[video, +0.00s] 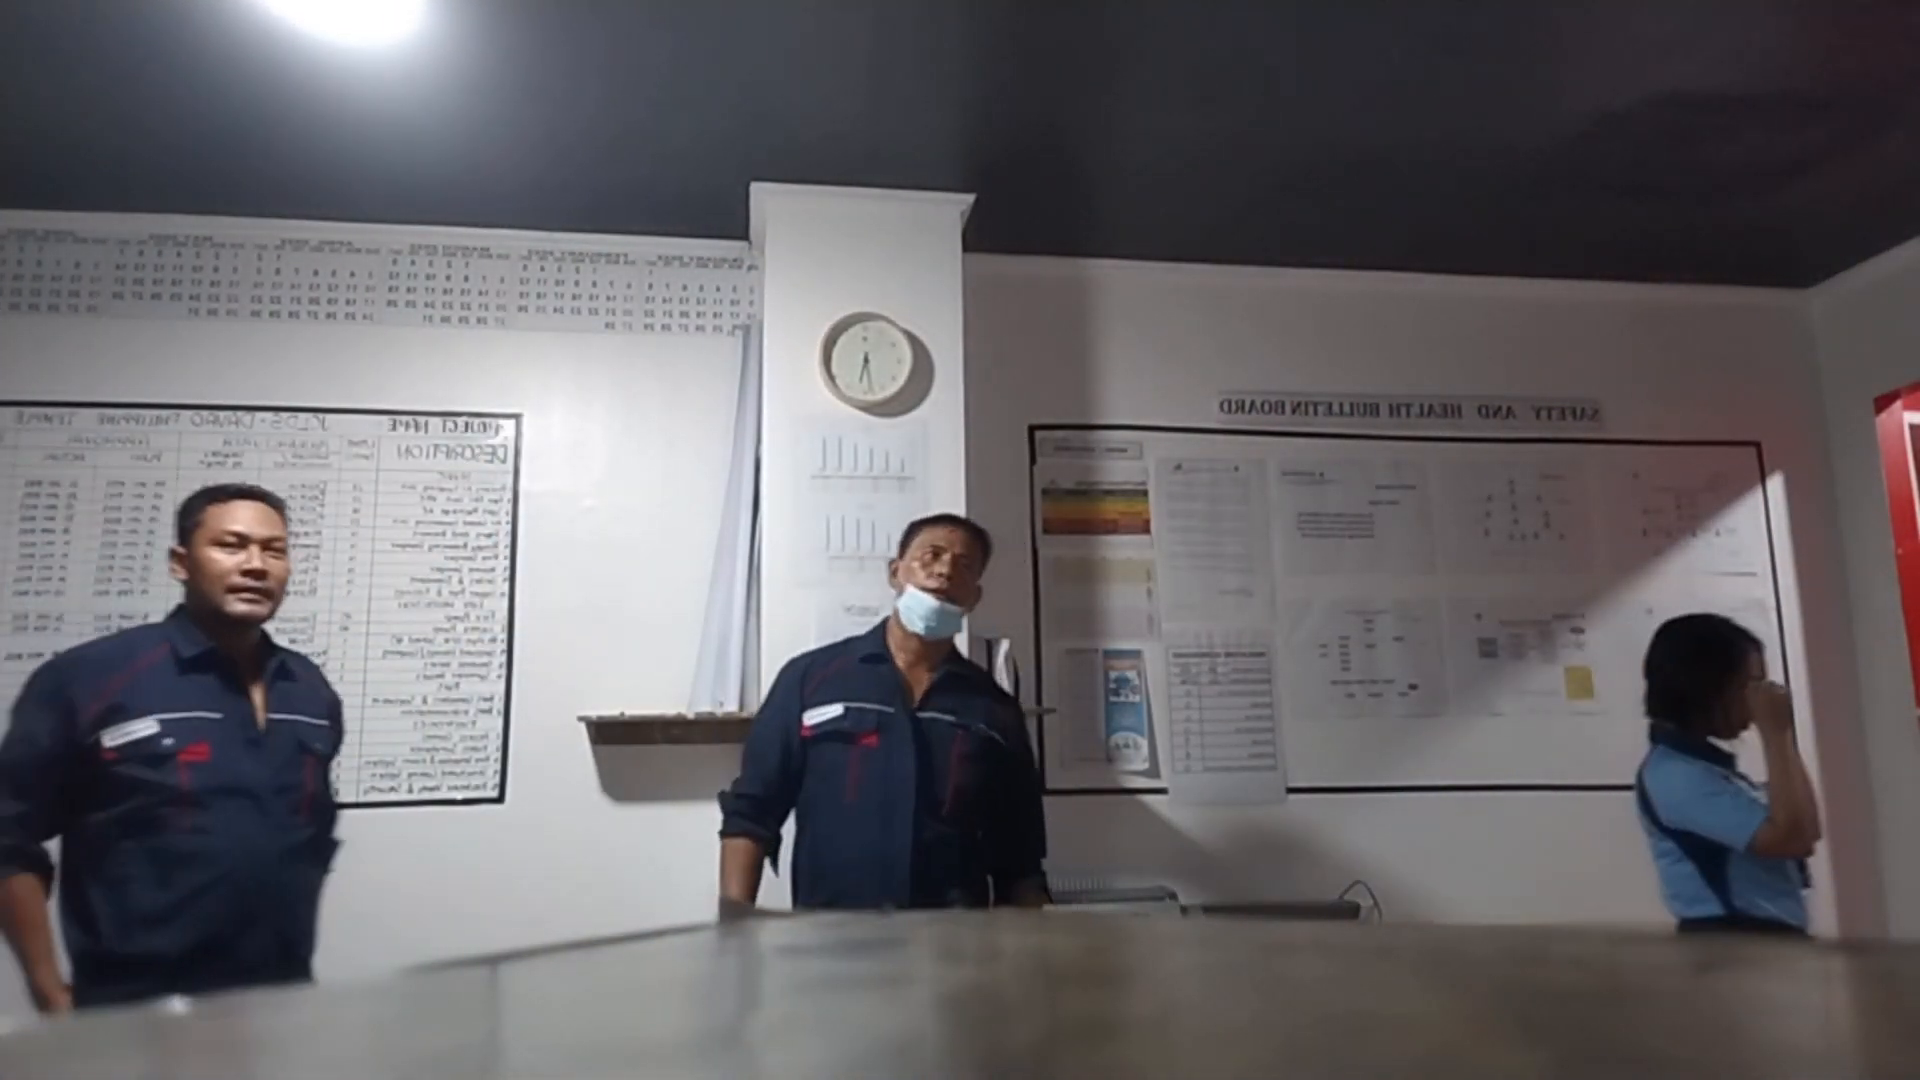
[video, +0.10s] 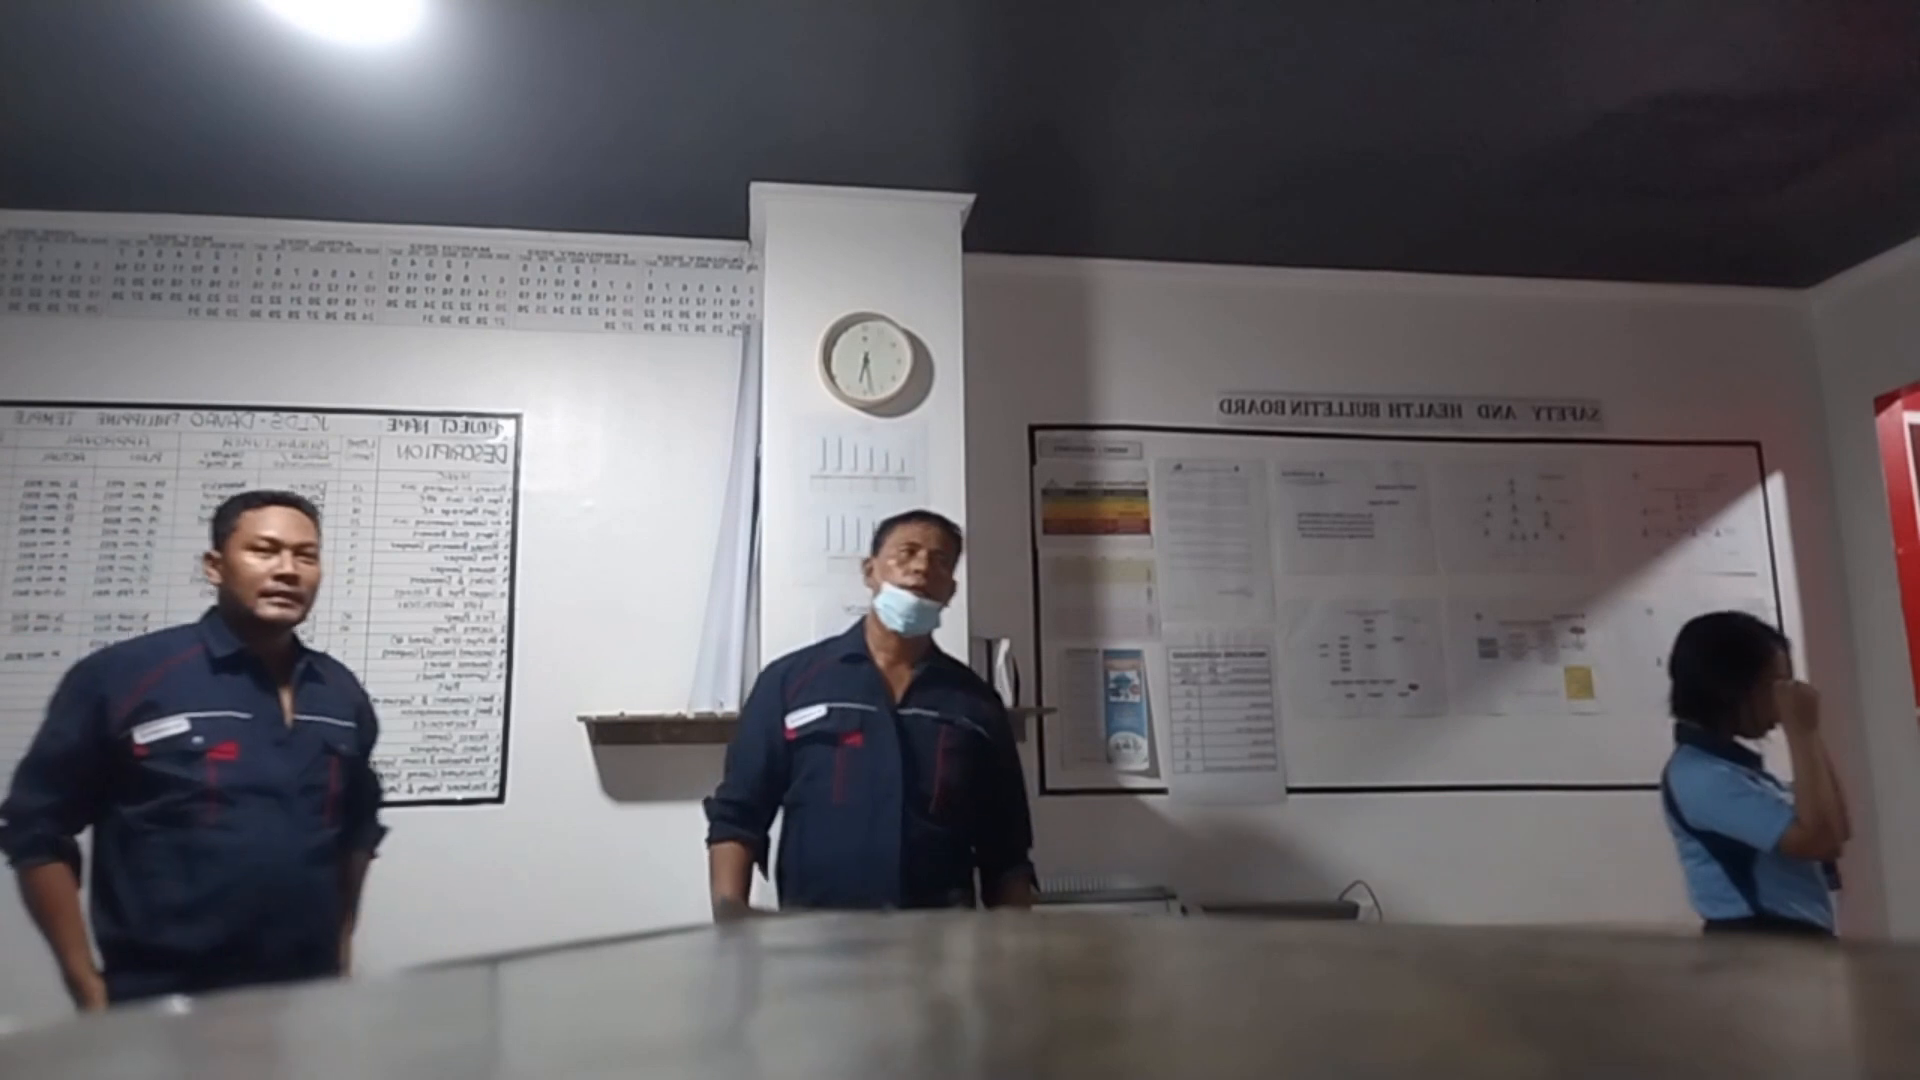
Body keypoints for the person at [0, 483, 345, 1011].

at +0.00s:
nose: (257, 564)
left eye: (273, 549)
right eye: (232, 545)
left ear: (289, 568)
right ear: (181, 563)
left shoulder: (312, 694)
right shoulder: (82, 684)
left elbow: (313, 844)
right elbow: (12, 836)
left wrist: (286, 976)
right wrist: (52, 996)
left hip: (275, 1013)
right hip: (130, 1019)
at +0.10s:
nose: (287, 570)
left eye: (305, 555)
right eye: (264, 550)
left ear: (320, 574)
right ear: (215, 567)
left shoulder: (343, 698)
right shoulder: (117, 682)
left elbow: (358, 834)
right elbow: (34, 829)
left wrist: (336, 958)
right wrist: (88, 986)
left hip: (305, 1009)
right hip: (161, 1012)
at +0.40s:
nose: (336, 579)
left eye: (354, 565)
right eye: (315, 559)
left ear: (369, 583)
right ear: (269, 571)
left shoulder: (397, 698)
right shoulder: (173, 681)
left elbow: (438, 817)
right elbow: (90, 811)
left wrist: (415, 933)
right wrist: (135, 938)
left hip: (342, 996)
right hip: (204, 996)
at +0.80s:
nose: (363, 583)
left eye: (380, 574)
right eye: (345, 564)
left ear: (390, 594)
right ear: (296, 575)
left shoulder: (405, 715)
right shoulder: (194, 680)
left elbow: (420, 870)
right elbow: (118, 832)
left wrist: (429, 992)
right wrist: (70, 965)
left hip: (336, 999)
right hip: (200, 997)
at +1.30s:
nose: (276, 572)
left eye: (293, 559)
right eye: (254, 551)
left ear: (305, 585)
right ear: (202, 569)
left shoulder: (314, 705)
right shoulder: (97, 689)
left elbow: (332, 851)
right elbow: (20, 854)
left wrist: (360, 965)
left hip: (272, 1012)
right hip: (128, 1016)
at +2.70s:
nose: (290, 581)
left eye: (305, 568)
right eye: (268, 562)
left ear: (318, 587)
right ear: (218, 579)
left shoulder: (343, 709)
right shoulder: (126, 698)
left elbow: (376, 860)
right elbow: (66, 864)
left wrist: (423, 980)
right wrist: (37, 1014)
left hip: (314, 1008)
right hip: (174, 1013)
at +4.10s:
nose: (245, 564)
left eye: (259, 551)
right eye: (220, 545)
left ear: (270, 571)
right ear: (163, 563)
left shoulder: (283, 702)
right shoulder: (64, 686)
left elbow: (294, 862)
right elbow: (19, 868)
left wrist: (314, 1000)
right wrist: (9, 1019)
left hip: (240, 1013)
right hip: (97, 1016)